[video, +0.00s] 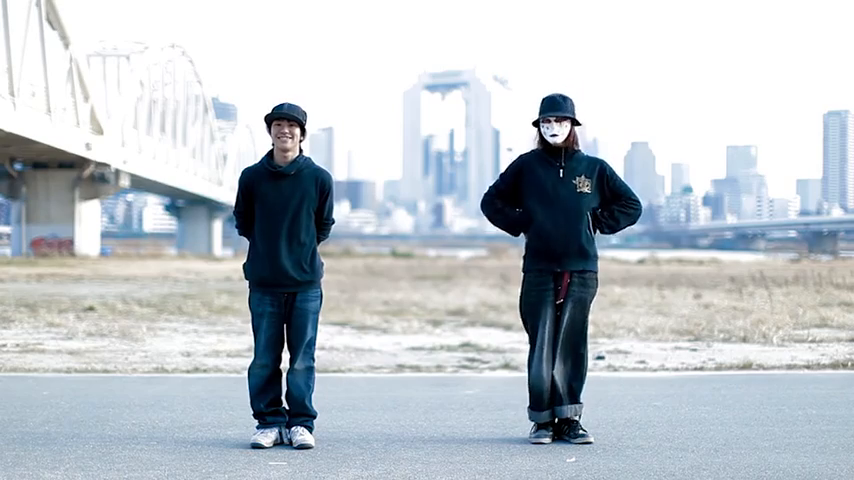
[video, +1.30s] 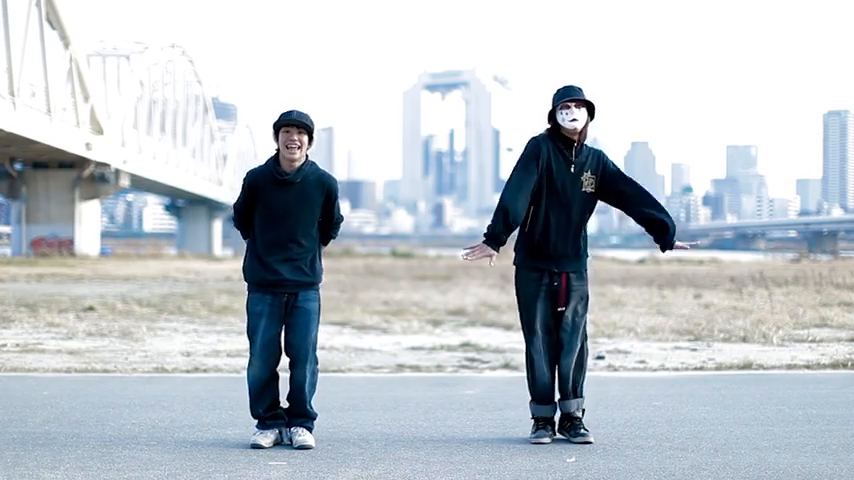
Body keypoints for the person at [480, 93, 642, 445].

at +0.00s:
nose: (553, 127)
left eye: (559, 121)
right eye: (547, 121)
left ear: (571, 125)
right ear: (539, 125)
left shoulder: (594, 167)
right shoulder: (525, 165)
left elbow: (632, 205)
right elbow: (490, 202)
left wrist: (595, 221)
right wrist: (523, 224)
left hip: (581, 267)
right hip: (539, 266)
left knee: (572, 343)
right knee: (541, 342)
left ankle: (569, 419)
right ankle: (542, 421)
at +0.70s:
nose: (561, 119)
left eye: (567, 114)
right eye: (555, 113)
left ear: (577, 121)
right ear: (544, 118)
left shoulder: (591, 160)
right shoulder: (524, 158)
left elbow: (611, 210)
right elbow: (508, 208)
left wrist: (636, 251)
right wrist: (497, 254)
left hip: (580, 262)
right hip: (539, 262)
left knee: (573, 339)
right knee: (541, 340)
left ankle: (569, 418)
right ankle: (542, 419)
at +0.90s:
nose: (559, 124)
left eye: (565, 119)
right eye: (552, 119)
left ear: (575, 125)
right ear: (542, 123)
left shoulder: (588, 164)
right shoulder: (526, 157)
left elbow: (609, 195)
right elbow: (517, 193)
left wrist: (617, 220)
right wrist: (537, 232)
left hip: (579, 261)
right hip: (538, 261)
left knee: (572, 338)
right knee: (540, 338)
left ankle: (569, 418)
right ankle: (542, 419)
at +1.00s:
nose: (557, 133)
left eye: (564, 128)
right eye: (551, 127)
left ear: (574, 133)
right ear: (541, 131)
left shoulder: (588, 170)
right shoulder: (526, 166)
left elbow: (582, 208)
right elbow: (542, 205)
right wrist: (582, 244)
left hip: (576, 263)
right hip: (538, 265)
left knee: (573, 339)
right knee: (541, 339)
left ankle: (569, 419)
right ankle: (543, 420)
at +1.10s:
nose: (558, 141)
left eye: (565, 135)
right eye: (552, 134)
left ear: (574, 141)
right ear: (542, 139)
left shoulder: (587, 177)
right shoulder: (526, 176)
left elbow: (585, 212)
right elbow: (542, 215)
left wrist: (579, 236)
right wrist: (575, 243)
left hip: (576, 271)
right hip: (538, 272)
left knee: (574, 345)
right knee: (540, 344)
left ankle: (569, 421)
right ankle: (542, 422)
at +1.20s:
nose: (563, 133)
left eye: (569, 128)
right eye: (557, 127)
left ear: (579, 134)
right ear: (546, 132)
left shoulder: (587, 173)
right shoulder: (530, 167)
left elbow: (616, 200)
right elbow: (529, 204)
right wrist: (534, 240)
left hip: (575, 268)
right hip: (536, 267)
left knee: (573, 343)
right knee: (541, 343)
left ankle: (569, 421)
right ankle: (543, 422)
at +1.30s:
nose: (573, 114)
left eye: (578, 109)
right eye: (566, 109)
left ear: (587, 115)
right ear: (555, 115)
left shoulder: (594, 159)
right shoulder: (539, 148)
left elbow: (629, 193)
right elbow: (515, 193)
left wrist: (663, 232)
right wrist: (495, 237)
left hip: (574, 259)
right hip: (534, 259)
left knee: (573, 338)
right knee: (538, 338)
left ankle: (572, 417)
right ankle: (542, 419)